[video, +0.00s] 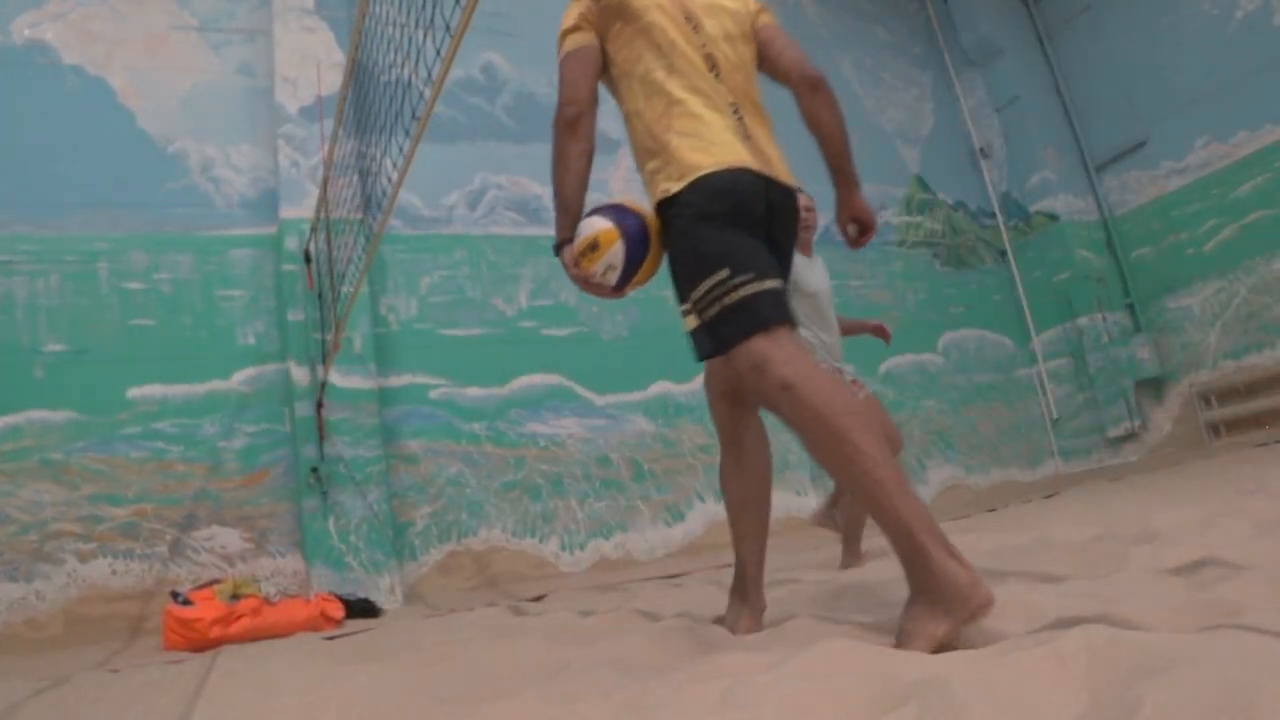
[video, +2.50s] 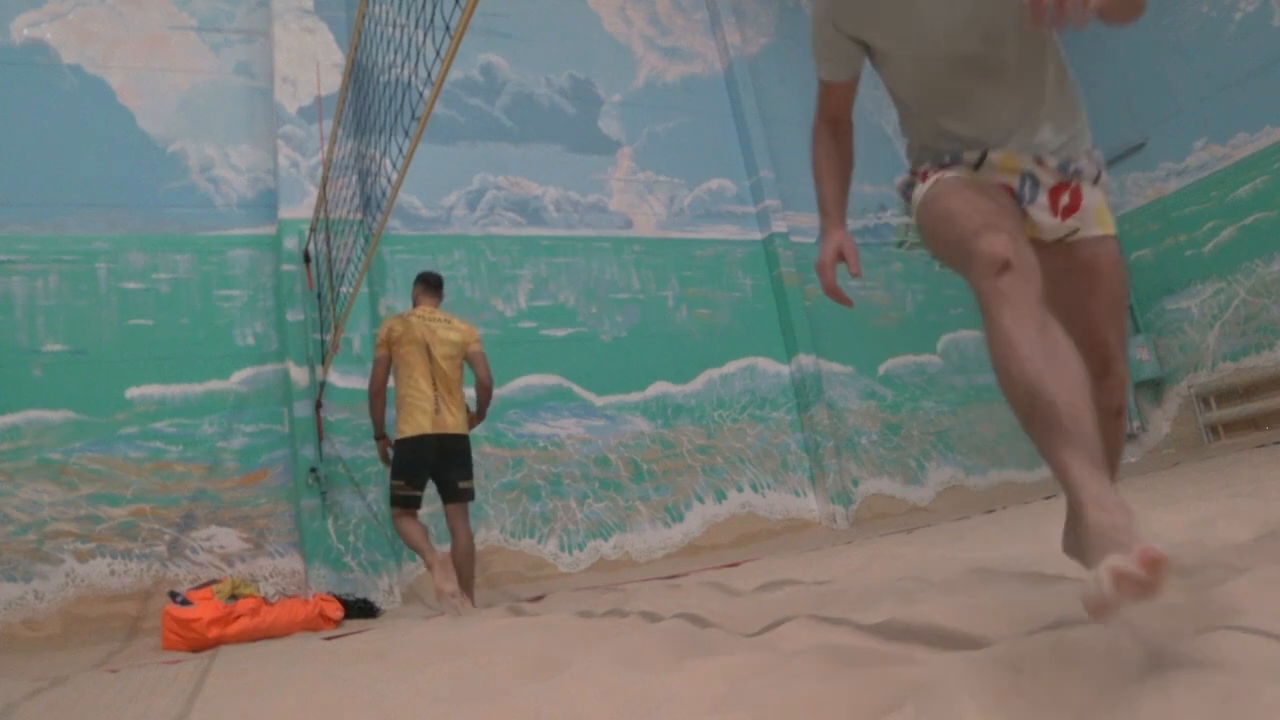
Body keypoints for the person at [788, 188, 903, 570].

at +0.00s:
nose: (806, 217)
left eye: (809, 210)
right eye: (798, 211)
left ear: (818, 217)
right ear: (785, 219)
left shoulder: (816, 262)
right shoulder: (783, 261)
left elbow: (823, 323)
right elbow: (772, 316)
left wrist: (866, 326)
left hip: (834, 366)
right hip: (812, 370)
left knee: (859, 454)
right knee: (887, 440)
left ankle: (852, 551)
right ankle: (834, 509)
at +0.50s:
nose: (850, 230)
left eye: (855, 224)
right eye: (843, 226)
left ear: (868, 227)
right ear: (836, 234)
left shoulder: (895, 261)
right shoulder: (831, 279)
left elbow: (925, 304)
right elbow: (829, 328)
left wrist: (921, 323)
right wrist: (823, 372)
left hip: (907, 365)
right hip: (865, 369)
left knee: (917, 449)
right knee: (874, 437)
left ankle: (925, 532)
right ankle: (878, 519)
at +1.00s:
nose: (871, 270)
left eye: (877, 263)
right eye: (864, 266)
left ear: (889, 266)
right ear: (858, 274)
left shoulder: (918, 296)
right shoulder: (858, 316)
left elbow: (953, 334)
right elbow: (864, 363)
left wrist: (951, 358)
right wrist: (873, 395)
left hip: (933, 385)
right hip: (897, 400)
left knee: (938, 433)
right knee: (916, 479)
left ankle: (947, 512)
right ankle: (947, 518)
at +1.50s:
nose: (884, 209)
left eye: (890, 201)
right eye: (875, 205)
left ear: (905, 204)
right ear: (868, 215)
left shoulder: (937, 238)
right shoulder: (864, 259)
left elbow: (978, 292)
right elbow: (863, 305)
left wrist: (944, 309)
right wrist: (865, 360)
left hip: (950, 351)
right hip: (904, 353)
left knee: (962, 447)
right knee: (923, 412)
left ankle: (956, 525)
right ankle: (937, 487)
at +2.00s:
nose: (891, 87)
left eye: (898, 74)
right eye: (878, 81)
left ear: (919, 76)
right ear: (868, 95)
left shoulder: (963, 125)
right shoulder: (863, 155)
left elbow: (995, 180)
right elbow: (855, 239)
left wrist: (1031, 221)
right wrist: (884, 270)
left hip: (985, 273)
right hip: (923, 299)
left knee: (1025, 353)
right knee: (951, 425)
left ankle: (1050, 517)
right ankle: (969, 525)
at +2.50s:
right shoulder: (838, 9)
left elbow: (1130, 7)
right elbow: (833, 117)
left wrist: (1088, 6)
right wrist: (832, 223)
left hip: (1061, 160)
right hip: (953, 169)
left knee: (1106, 379)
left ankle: (1084, 530)